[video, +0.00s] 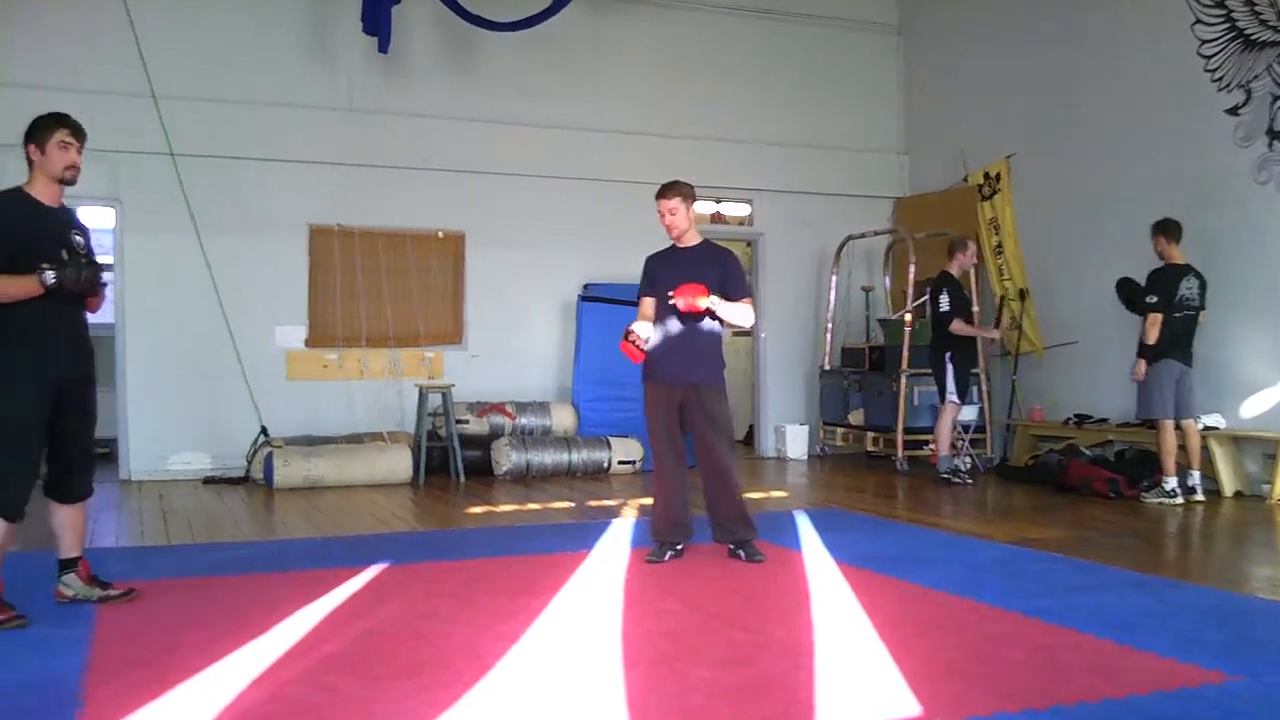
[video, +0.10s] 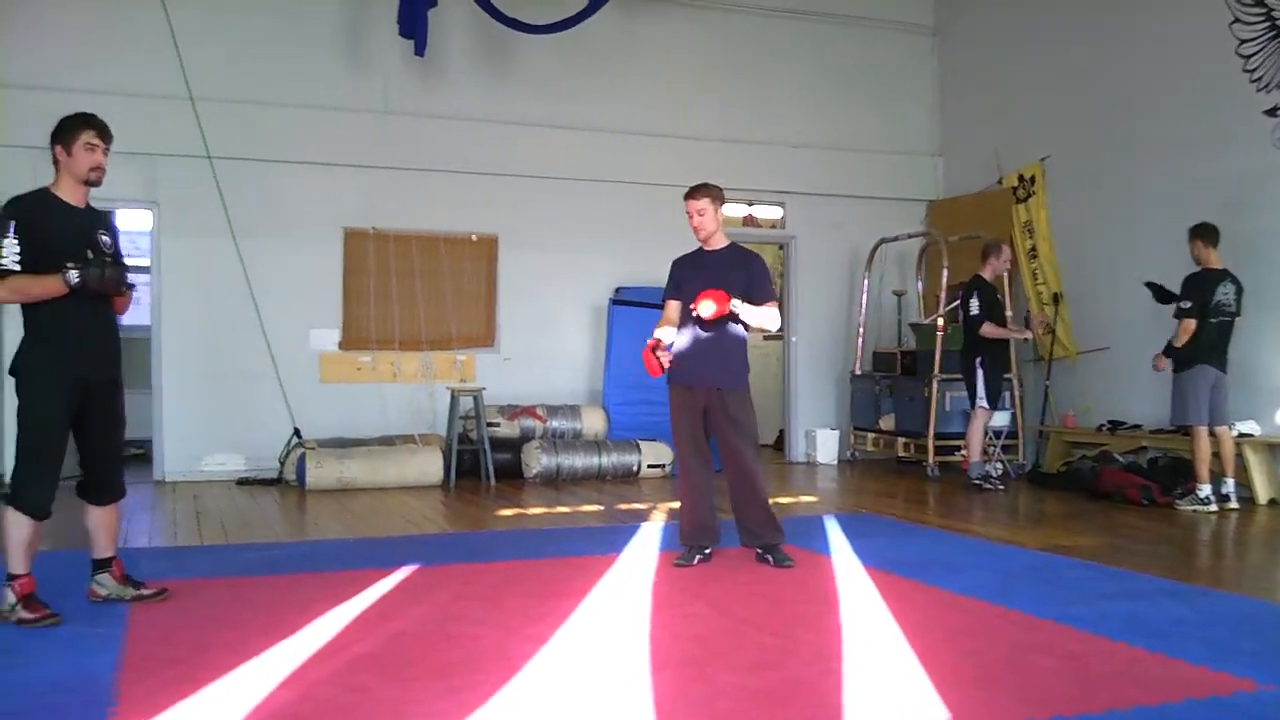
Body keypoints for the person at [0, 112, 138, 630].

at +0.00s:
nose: (75, 156)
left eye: (79, 149)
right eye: (65, 147)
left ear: (77, 158)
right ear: (34, 152)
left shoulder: (74, 226)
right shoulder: (6, 209)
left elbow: (93, 302)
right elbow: (0, 288)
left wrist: (89, 280)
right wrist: (48, 278)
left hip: (72, 366)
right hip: (16, 367)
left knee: (72, 469)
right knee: (11, 477)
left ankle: (73, 575)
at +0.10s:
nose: (101, 158)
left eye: (104, 150)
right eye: (91, 149)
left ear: (105, 159)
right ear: (61, 153)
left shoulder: (103, 223)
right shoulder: (21, 212)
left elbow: (120, 305)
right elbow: (5, 288)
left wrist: (115, 283)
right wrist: (73, 279)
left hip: (102, 367)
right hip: (46, 366)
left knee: (105, 473)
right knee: (34, 479)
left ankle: (107, 575)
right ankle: (18, 591)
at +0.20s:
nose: (108, 156)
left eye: (110, 148)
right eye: (98, 146)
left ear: (107, 157)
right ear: (67, 151)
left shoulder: (108, 223)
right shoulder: (22, 212)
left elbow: (121, 304)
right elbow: (5, 286)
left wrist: (111, 280)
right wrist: (73, 275)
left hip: (98, 369)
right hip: (40, 367)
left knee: (113, 467)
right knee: (27, 475)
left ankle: (110, 572)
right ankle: (16, 589)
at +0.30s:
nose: (88, 151)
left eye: (90, 143)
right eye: (78, 141)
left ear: (80, 152)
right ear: (43, 145)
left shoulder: (81, 219)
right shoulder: (8, 204)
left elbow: (95, 294)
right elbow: (1, 284)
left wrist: (93, 282)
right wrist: (50, 276)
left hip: (70, 367)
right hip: (15, 369)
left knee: (100, 461)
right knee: (10, 479)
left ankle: (95, 566)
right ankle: (3, 584)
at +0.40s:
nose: (79, 151)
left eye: (80, 142)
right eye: (70, 140)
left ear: (51, 145)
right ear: (34, 140)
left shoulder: (62, 212)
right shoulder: (3, 198)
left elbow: (80, 290)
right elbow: (0, 280)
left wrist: (76, 270)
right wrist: (40, 272)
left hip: (55, 360)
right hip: (8, 363)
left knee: (87, 457)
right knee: (5, 477)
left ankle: (82, 569)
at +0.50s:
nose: (76, 144)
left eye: (75, 134)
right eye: (67, 134)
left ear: (42, 141)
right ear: (32, 139)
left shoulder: (56, 209)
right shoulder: (2, 199)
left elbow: (70, 286)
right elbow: (0, 280)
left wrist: (76, 269)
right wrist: (41, 272)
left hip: (54, 360)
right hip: (9, 363)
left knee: (70, 462)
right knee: (6, 475)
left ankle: (74, 573)